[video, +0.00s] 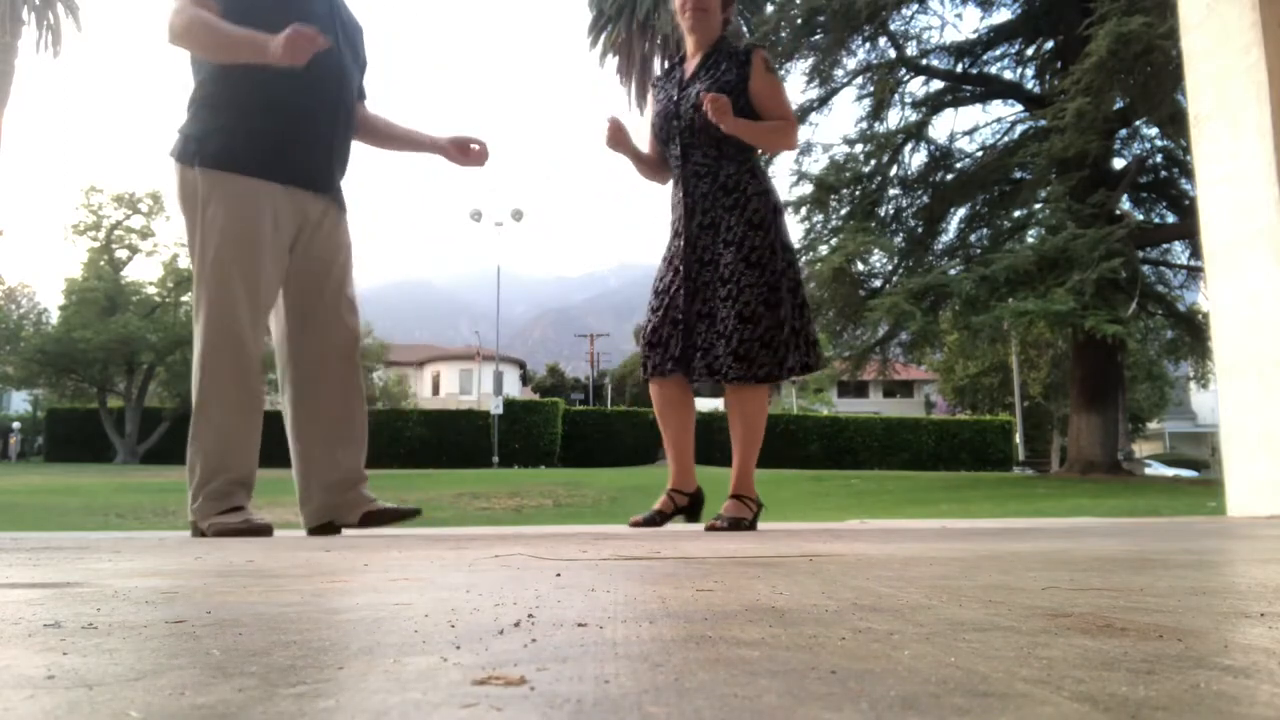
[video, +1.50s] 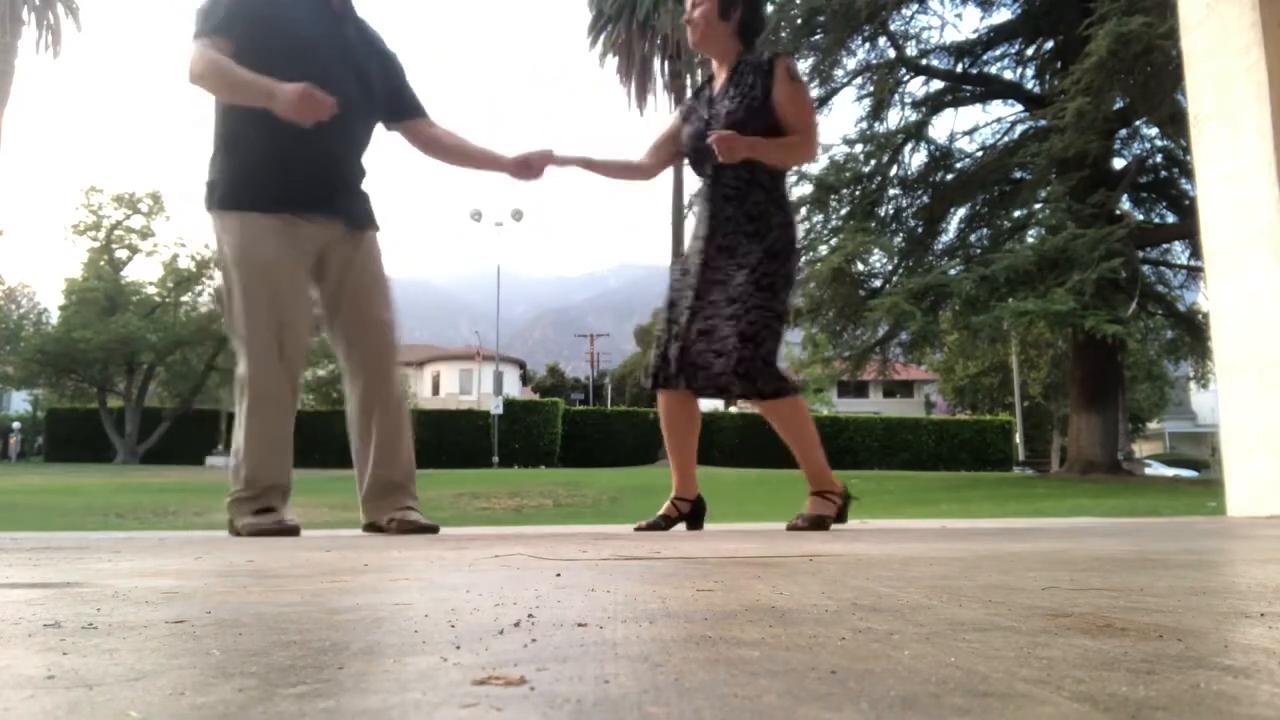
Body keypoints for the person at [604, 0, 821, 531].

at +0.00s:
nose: (690, 5)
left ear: (726, 7)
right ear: (671, 9)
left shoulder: (748, 61)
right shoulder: (666, 82)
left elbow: (787, 134)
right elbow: (661, 170)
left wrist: (733, 125)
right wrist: (628, 147)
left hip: (744, 223)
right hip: (689, 226)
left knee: (745, 350)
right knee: (663, 346)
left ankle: (742, 494)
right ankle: (682, 487)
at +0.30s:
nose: (673, 5)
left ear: (712, 6)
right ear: (658, 11)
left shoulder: (736, 60)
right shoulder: (659, 81)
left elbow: (775, 134)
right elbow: (645, 170)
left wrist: (724, 109)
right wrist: (606, 140)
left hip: (724, 221)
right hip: (674, 225)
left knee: (723, 353)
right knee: (672, 360)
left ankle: (745, 490)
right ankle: (694, 494)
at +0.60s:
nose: (658, 8)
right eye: (657, 2)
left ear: (701, 5)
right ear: (664, 15)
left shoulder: (736, 57)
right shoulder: (673, 83)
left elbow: (776, 130)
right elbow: (673, 180)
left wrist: (710, 125)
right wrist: (622, 162)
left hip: (725, 220)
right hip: (679, 223)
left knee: (713, 356)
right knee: (668, 357)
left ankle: (756, 494)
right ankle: (693, 495)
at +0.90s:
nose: (657, 8)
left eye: (667, 1)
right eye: (658, 2)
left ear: (699, 8)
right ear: (672, 15)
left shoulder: (732, 58)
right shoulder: (666, 92)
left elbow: (771, 126)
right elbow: (648, 174)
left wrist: (707, 118)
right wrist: (599, 140)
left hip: (739, 224)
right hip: (686, 231)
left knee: (746, 357)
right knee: (665, 360)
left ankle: (758, 495)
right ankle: (687, 491)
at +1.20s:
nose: (661, 10)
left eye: (671, 2)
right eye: (659, 4)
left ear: (705, 5)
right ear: (665, 13)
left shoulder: (736, 62)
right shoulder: (657, 83)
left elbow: (782, 131)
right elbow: (604, 144)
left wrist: (762, 80)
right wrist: (560, 98)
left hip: (727, 221)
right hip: (674, 227)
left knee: (729, 348)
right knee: (668, 361)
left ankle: (767, 484)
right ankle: (687, 494)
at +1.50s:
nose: (686, 14)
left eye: (697, 5)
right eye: (687, 6)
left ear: (730, 14)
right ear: (703, 22)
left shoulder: (773, 70)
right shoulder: (701, 99)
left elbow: (805, 147)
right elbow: (647, 166)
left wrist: (749, 145)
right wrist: (570, 159)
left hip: (762, 237)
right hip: (711, 240)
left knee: (750, 363)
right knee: (674, 362)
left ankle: (827, 490)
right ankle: (684, 497)